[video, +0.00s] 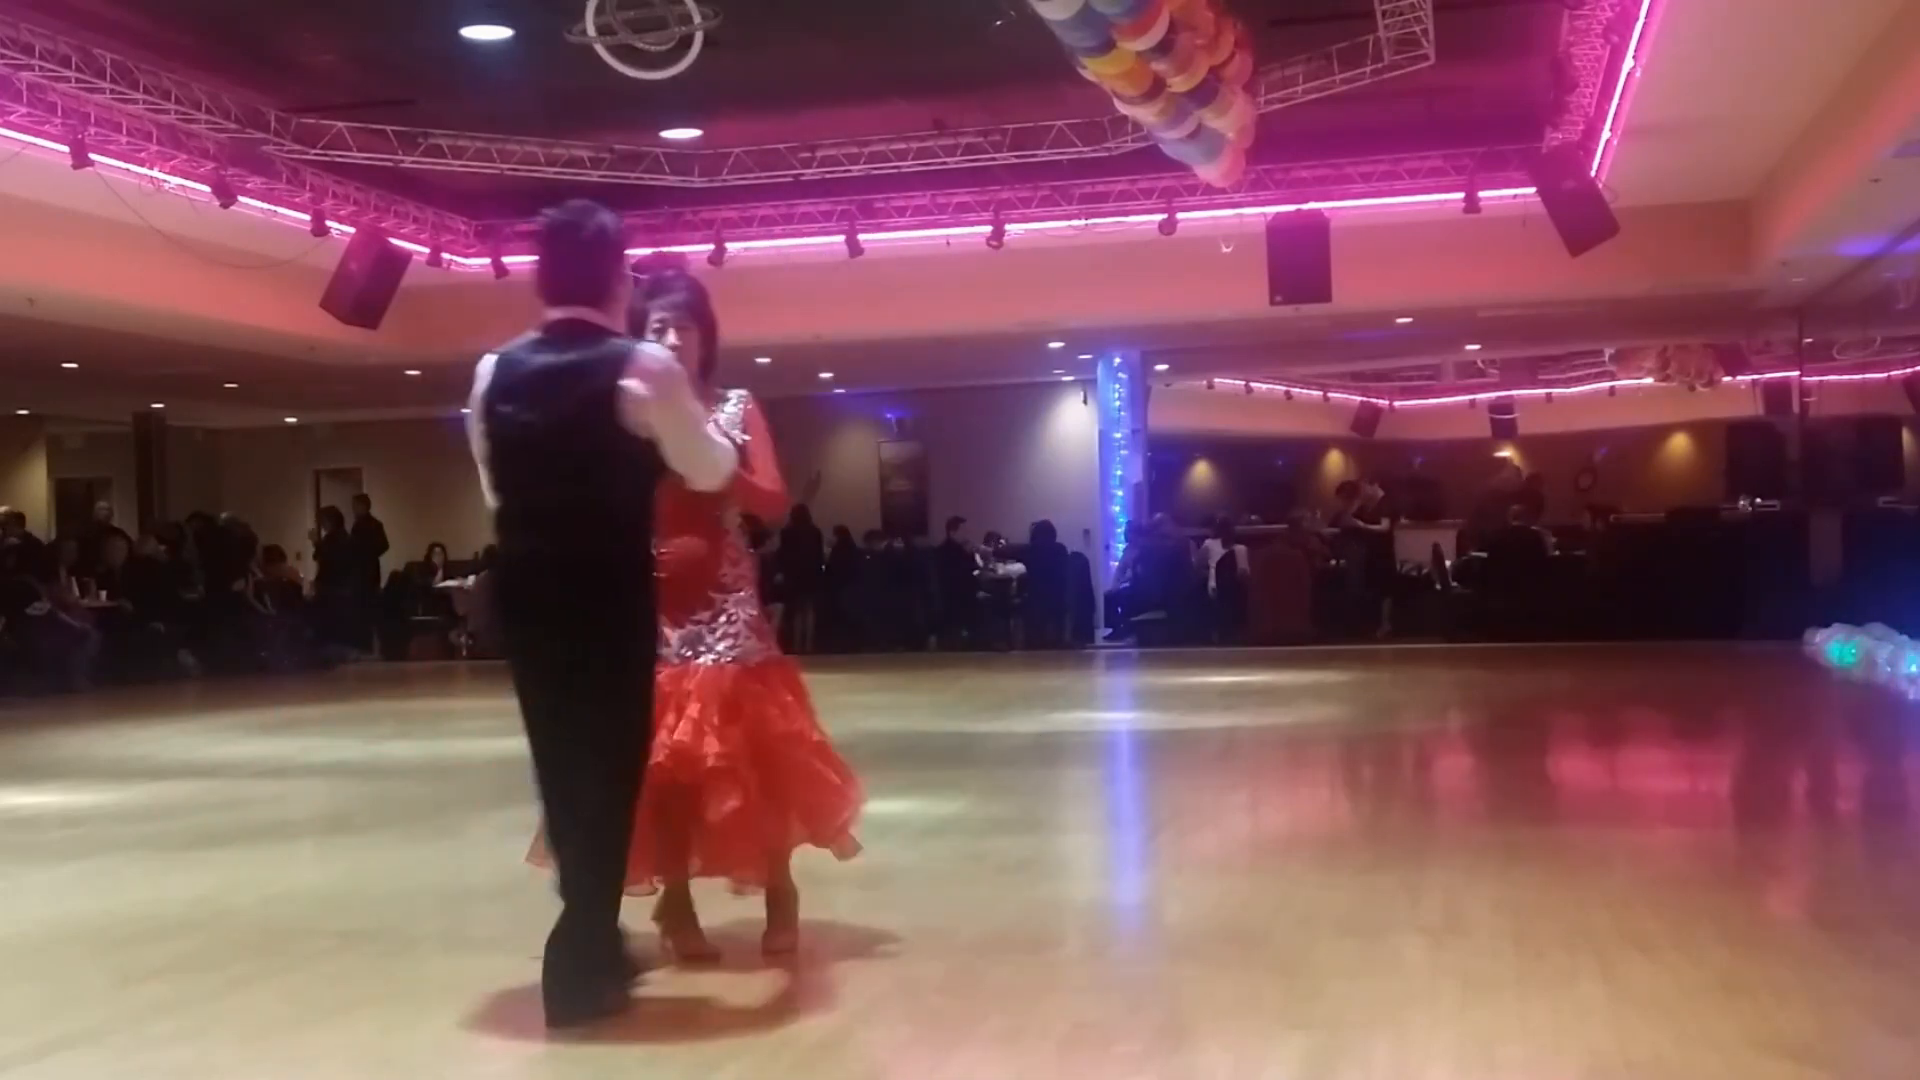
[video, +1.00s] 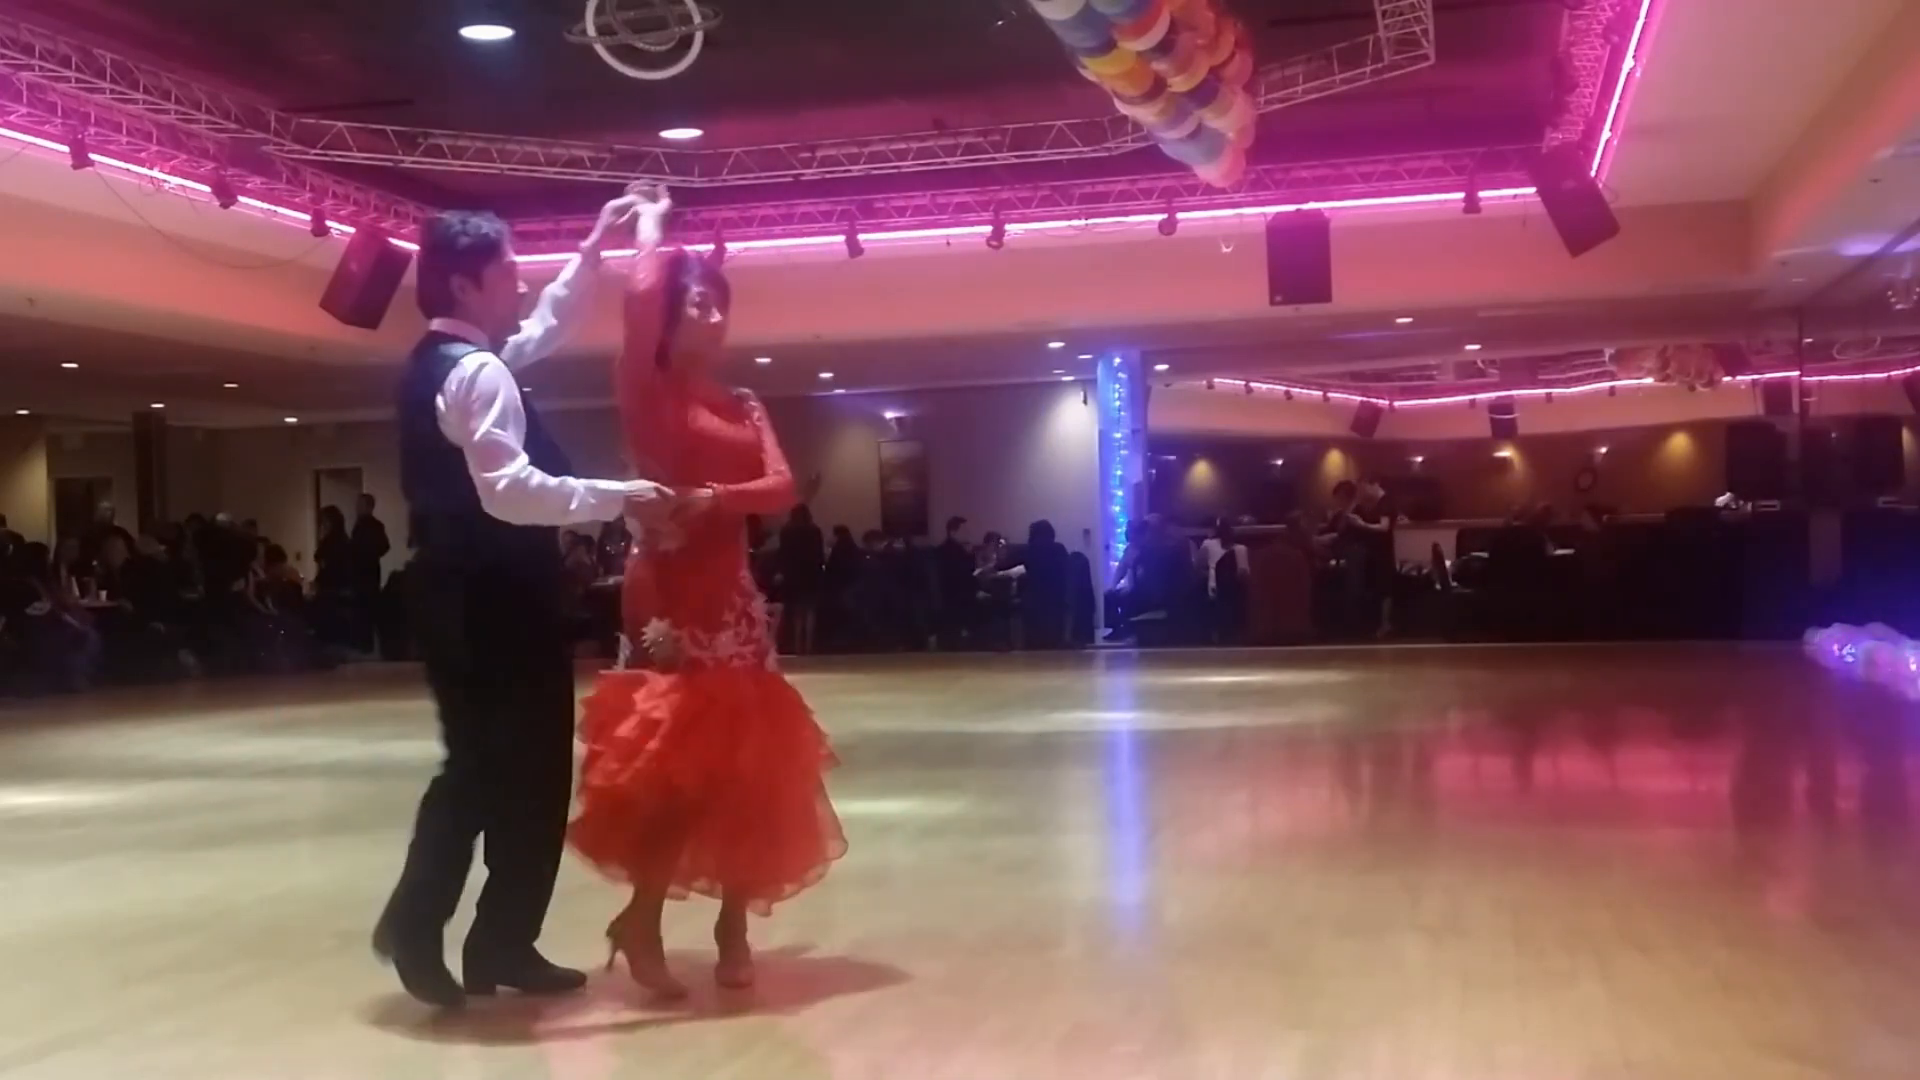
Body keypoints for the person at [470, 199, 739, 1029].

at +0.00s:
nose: (632, 284)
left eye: (622, 271)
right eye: (629, 272)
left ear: (540, 278)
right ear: (618, 277)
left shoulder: (494, 373)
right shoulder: (643, 369)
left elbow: (493, 484)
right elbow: (710, 469)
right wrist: (698, 414)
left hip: (527, 595)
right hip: (613, 594)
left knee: (564, 764)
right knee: (608, 768)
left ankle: (592, 938)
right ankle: (578, 979)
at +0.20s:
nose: (547, 268)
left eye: (544, 254)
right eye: (541, 254)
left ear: (456, 262)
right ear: (524, 261)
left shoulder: (437, 363)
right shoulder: (551, 358)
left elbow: (504, 474)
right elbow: (633, 445)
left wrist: (601, 482)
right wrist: (673, 424)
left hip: (468, 604)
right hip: (549, 607)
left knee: (489, 769)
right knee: (585, 785)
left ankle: (434, 961)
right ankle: (577, 979)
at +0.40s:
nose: (484, 275)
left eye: (480, 259)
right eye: (477, 261)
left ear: (396, 265)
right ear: (450, 265)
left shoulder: (365, 368)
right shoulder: (483, 361)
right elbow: (559, 445)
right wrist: (641, 451)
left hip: (400, 610)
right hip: (484, 609)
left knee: (422, 777)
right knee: (544, 782)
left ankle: (397, 979)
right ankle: (568, 974)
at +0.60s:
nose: (470, 275)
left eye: (467, 259)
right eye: (463, 260)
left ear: (383, 263)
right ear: (437, 264)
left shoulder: (349, 365)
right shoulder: (462, 358)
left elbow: (436, 447)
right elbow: (537, 471)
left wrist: (533, 403)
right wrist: (633, 473)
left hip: (393, 610)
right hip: (476, 606)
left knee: (409, 787)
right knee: (525, 783)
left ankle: (400, 986)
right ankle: (523, 965)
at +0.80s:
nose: (490, 284)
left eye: (488, 269)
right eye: (483, 269)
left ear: (409, 279)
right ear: (447, 275)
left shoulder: (384, 369)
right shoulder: (465, 370)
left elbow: (483, 374)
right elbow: (526, 488)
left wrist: (539, 291)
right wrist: (627, 497)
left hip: (414, 611)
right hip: (490, 609)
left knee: (420, 779)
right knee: (534, 769)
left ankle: (402, 985)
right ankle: (505, 944)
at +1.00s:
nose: (520, 282)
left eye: (514, 269)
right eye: (508, 270)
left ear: (447, 284)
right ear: (469, 281)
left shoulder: (435, 364)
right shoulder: (479, 371)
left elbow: (540, 325)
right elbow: (508, 488)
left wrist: (595, 244)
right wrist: (627, 496)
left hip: (455, 591)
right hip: (511, 596)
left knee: (475, 764)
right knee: (534, 774)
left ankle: (411, 924)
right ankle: (504, 945)